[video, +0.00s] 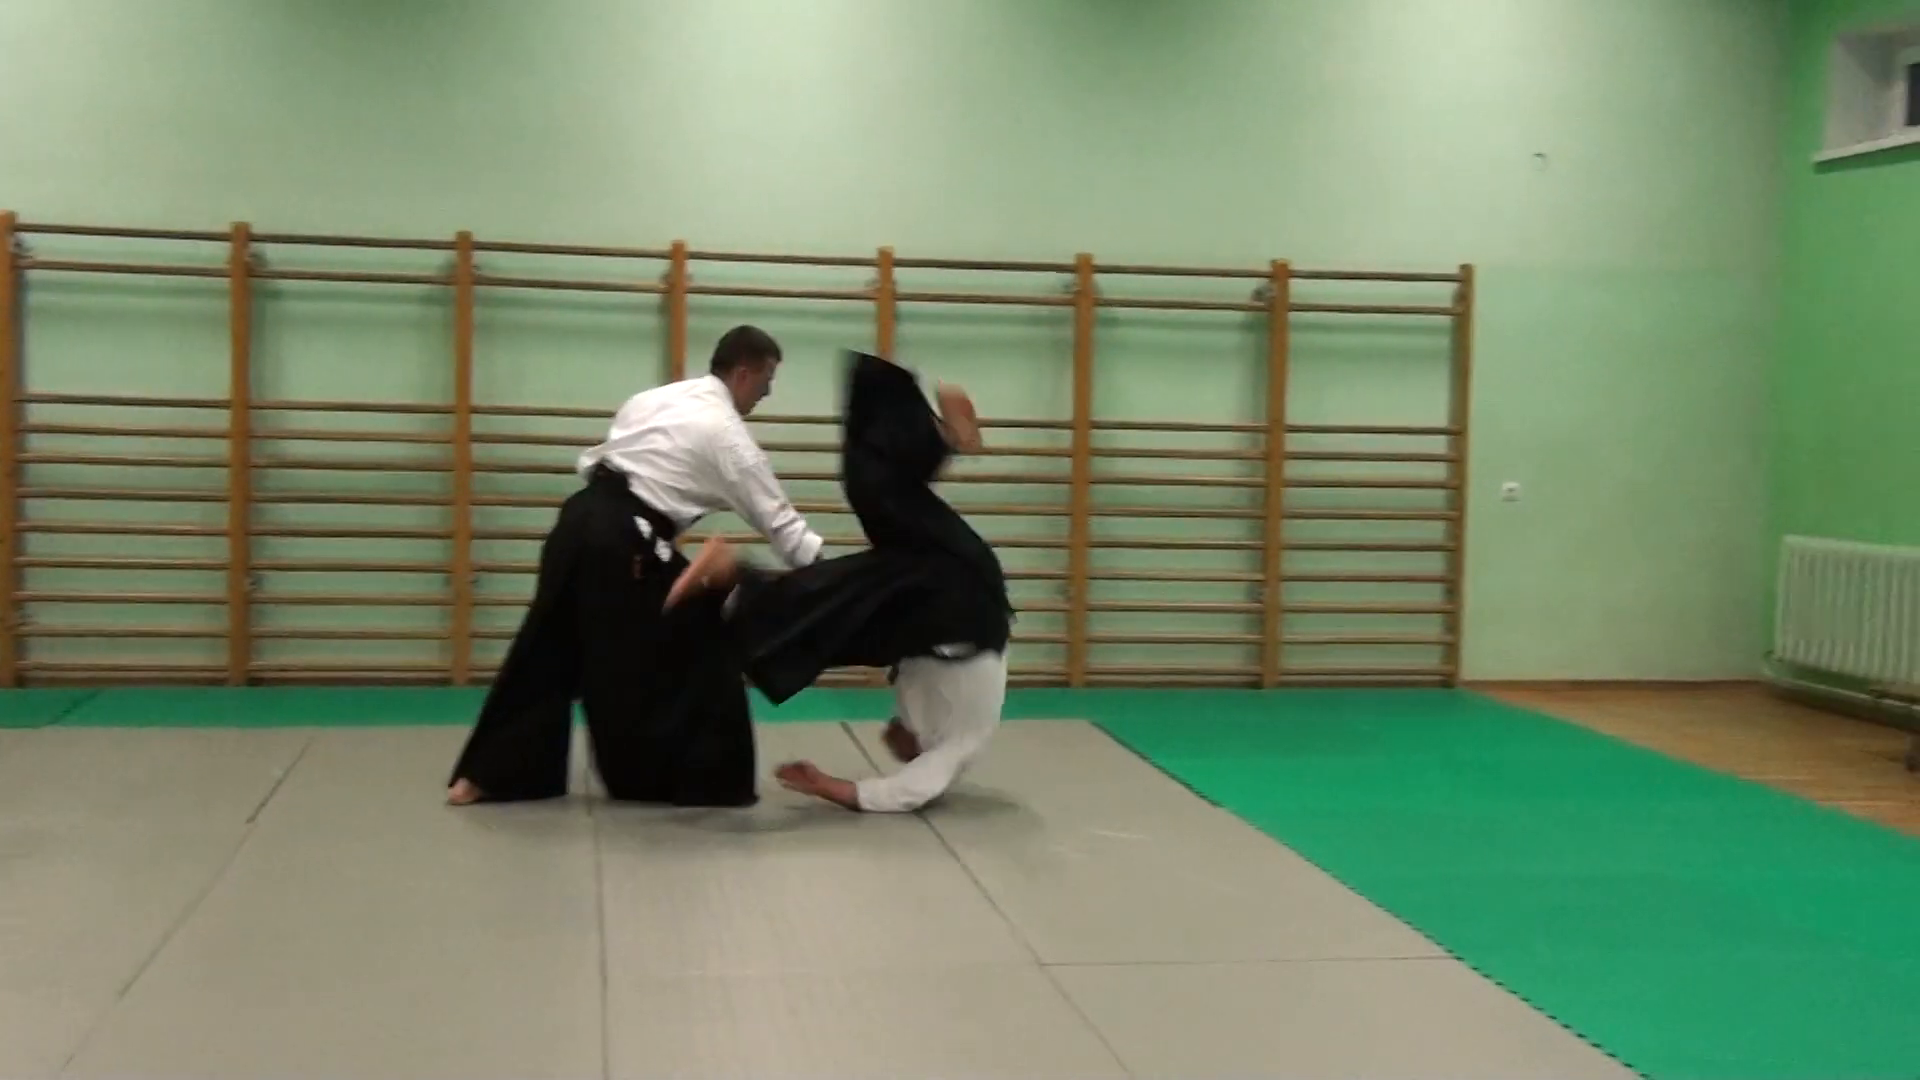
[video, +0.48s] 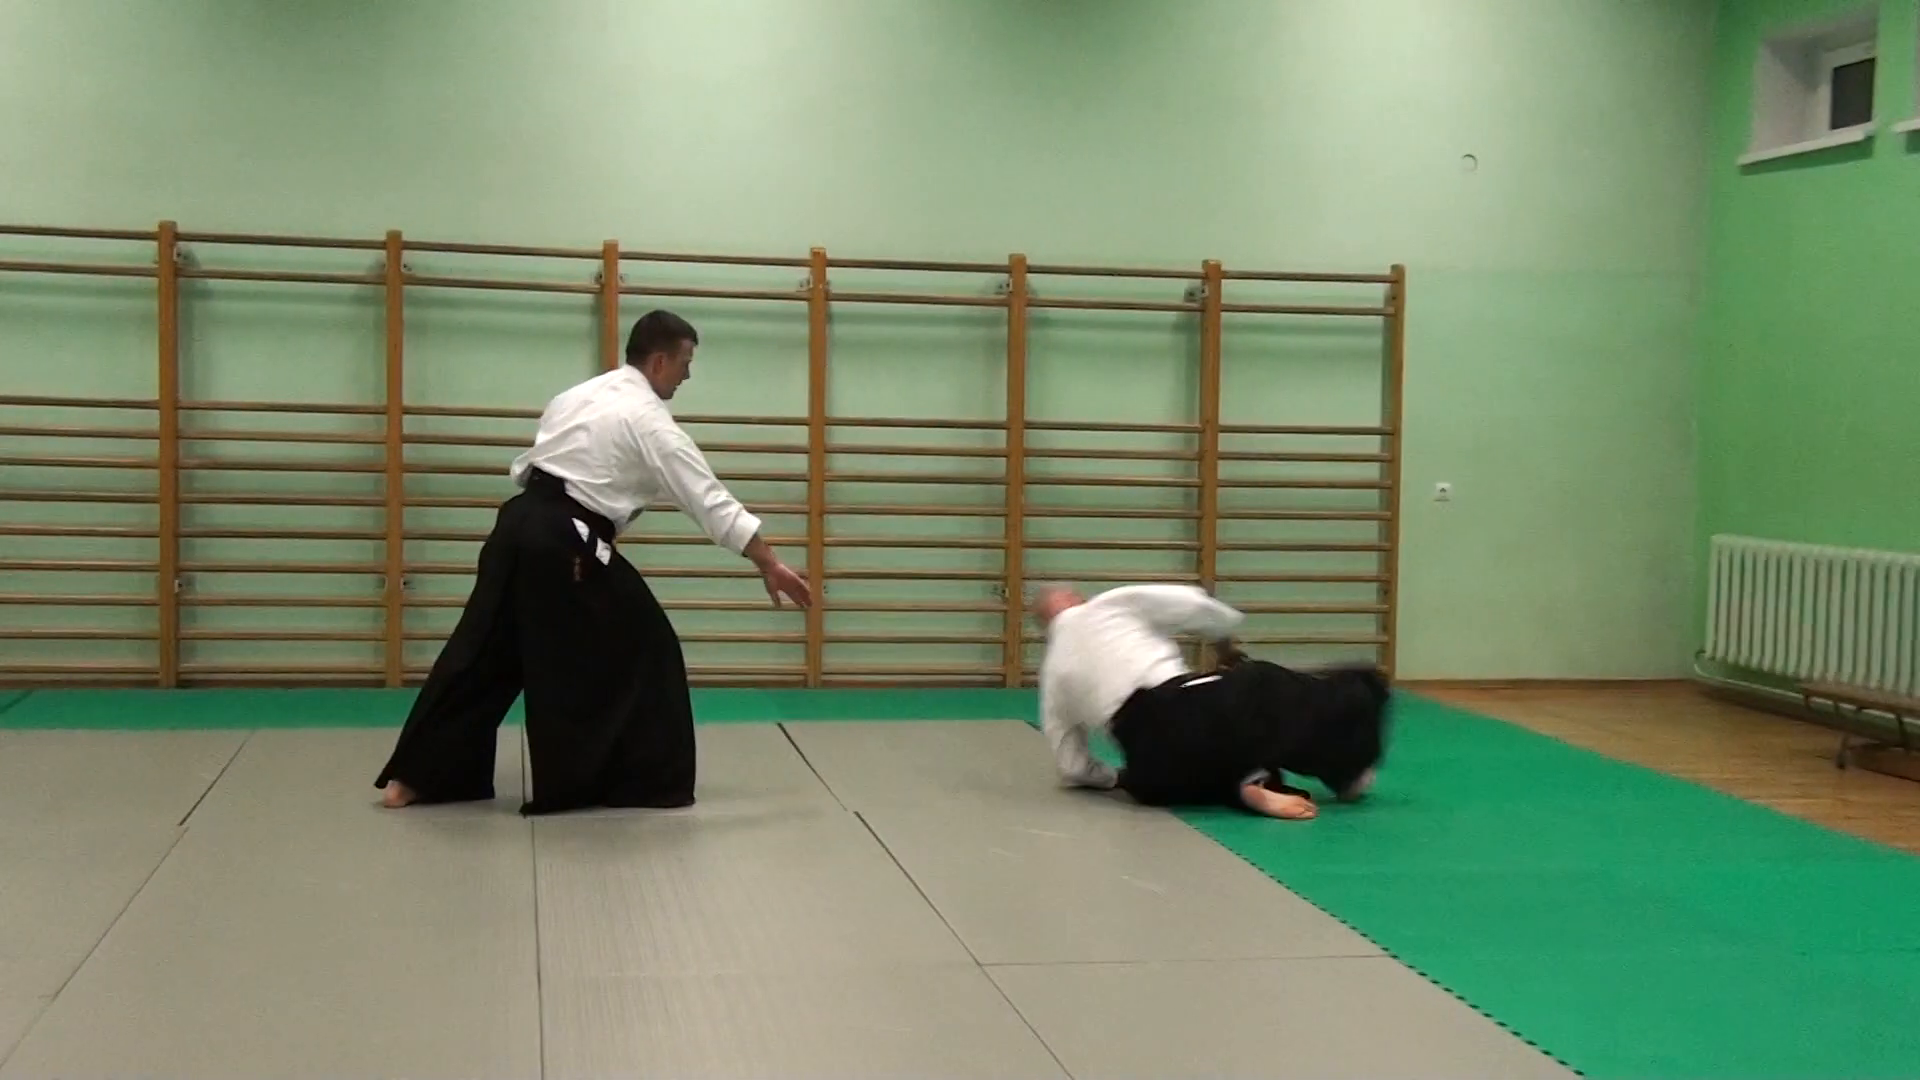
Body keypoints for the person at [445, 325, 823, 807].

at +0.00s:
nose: (768, 390)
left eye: (770, 380)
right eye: (766, 379)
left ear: (726, 368)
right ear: (743, 372)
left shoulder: (654, 399)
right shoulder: (726, 430)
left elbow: (592, 463)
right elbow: (776, 517)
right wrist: (829, 573)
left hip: (579, 520)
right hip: (629, 541)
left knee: (544, 652)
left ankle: (479, 773)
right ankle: (646, 781)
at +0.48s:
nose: (687, 375)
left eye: (689, 364)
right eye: (685, 363)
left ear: (643, 355)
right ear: (658, 358)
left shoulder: (578, 394)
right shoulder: (651, 419)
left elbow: (535, 468)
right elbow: (708, 497)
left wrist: (590, 520)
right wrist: (770, 563)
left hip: (517, 527)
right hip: (572, 543)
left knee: (478, 653)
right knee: (652, 650)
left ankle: (410, 776)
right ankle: (651, 781)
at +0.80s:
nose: (661, 362)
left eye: (662, 350)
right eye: (658, 349)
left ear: (617, 348)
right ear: (632, 349)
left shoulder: (554, 389)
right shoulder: (626, 405)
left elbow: (516, 467)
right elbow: (672, 488)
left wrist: (583, 514)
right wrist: (712, 568)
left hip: (507, 528)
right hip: (564, 538)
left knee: (493, 657)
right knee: (641, 646)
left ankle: (415, 772)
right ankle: (654, 777)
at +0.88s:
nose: (639, 354)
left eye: (639, 343)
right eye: (634, 342)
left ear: (594, 341)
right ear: (608, 342)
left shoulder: (533, 388)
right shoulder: (607, 405)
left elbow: (497, 472)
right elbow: (643, 495)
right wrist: (671, 579)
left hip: (496, 530)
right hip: (554, 542)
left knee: (490, 659)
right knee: (633, 647)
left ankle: (413, 771)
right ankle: (646, 777)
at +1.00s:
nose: (592, 342)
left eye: (592, 331)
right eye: (587, 331)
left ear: (545, 331)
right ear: (562, 330)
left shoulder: (494, 382)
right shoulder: (564, 398)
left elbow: (464, 468)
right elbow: (575, 485)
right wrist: (585, 568)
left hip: (470, 527)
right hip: (522, 536)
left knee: (479, 657)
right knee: (607, 639)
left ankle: (415, 772)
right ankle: (651, 774)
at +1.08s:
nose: (560, 331)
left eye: (559, 320)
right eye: (554, 320)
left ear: (511, 323)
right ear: (527, 322)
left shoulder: (466, 375)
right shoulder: (527, 388)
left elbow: (442, 463)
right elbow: (527, 478)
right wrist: (533, 560)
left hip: (447, 524)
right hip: (495, 528)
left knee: (464, 653)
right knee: (581, 640)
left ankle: (413, 773)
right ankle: (631, 763)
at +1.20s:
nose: (516, 318)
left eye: (514, 308)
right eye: (509, 309)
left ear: (469, 314)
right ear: (480, 313)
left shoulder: (424, 369)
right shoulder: (482, 382)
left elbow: (400, 459)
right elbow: (470, 472)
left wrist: (417, 511)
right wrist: (475, 557)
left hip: (415, 518)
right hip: (460, 521)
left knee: (439, 647)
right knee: (541, 637)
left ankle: (409, 774)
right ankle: (577, 772)